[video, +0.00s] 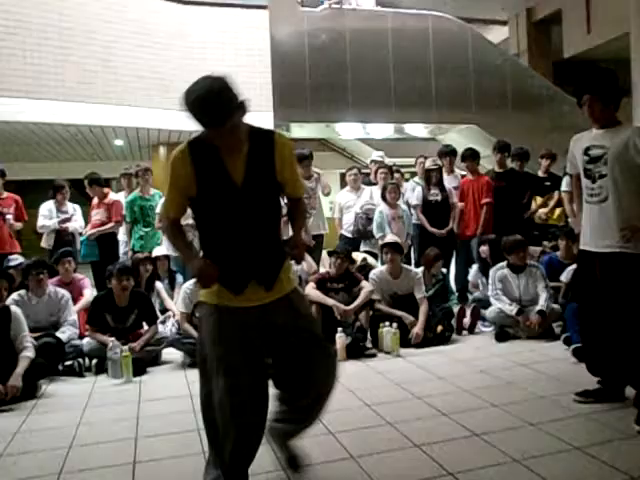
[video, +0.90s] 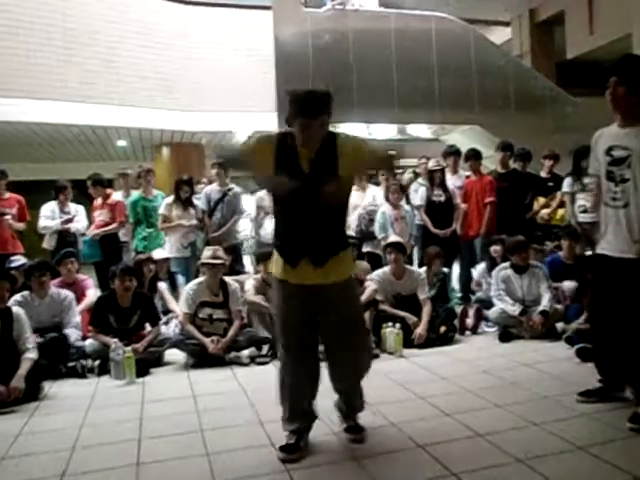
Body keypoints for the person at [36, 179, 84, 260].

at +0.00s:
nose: (65, 196)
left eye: (66, 193)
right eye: (61, 193)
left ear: (69, 194)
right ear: (55, 194)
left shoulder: (75, 208)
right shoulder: (46, 207)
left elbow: (81, 225)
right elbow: (40, 226)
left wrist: (69, 227)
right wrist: (57, 223)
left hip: (71, 240)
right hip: (54, 240)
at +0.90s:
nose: (67, 197)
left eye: (69, 194)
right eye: (64, 194)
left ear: (71, 194)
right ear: (58, 195)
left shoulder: (79, 208)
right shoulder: (48, 207)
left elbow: (83, 226)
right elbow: (42, 227)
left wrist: (69, 228)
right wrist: (60, 224)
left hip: (72, 241)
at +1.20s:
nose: (77, 190)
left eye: (78, 187)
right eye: (74, 187)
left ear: (81, 188)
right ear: (68, 188)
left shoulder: (88, 201)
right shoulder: (59, 199)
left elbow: (93, 219)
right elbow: (53, 219)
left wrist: (79, 220)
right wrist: (70, 216)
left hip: (82, 231)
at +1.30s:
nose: (73, 187)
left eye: (75, 184)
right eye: (70, 184)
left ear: (77, 185)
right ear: (64, 185)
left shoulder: (84, 199)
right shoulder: (55, 197)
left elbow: (89, 217)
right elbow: (49, 216)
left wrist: (76, 218)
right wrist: (66, 214)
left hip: (78, 229)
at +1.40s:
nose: (72, 187)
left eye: (73, 184)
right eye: (69, 185)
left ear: (76, 185)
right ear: (62, 185)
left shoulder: (82, 198)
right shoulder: (53, 196)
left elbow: (88, 216)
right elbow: (47, 216)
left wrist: (74, 217)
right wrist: (65, 214)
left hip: (77, 231)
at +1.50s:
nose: (66, 186)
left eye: (68, 183)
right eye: (63, 183)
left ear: (70, 183)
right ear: (56, 184)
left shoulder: (76, 197)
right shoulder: (47, 195)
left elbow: (81, 215)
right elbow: (41, 215)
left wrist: (68, 216)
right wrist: (59, 212)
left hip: (71, 228)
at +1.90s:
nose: (54, 168)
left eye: (56, 165)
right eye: (51, 165)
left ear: (58, 165)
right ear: (45, 166)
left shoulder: (65, 177)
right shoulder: (36, 176)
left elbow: (70, 196)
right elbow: (30, 197)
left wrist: (58, 198)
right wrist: (47, 196)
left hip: (61, 209)